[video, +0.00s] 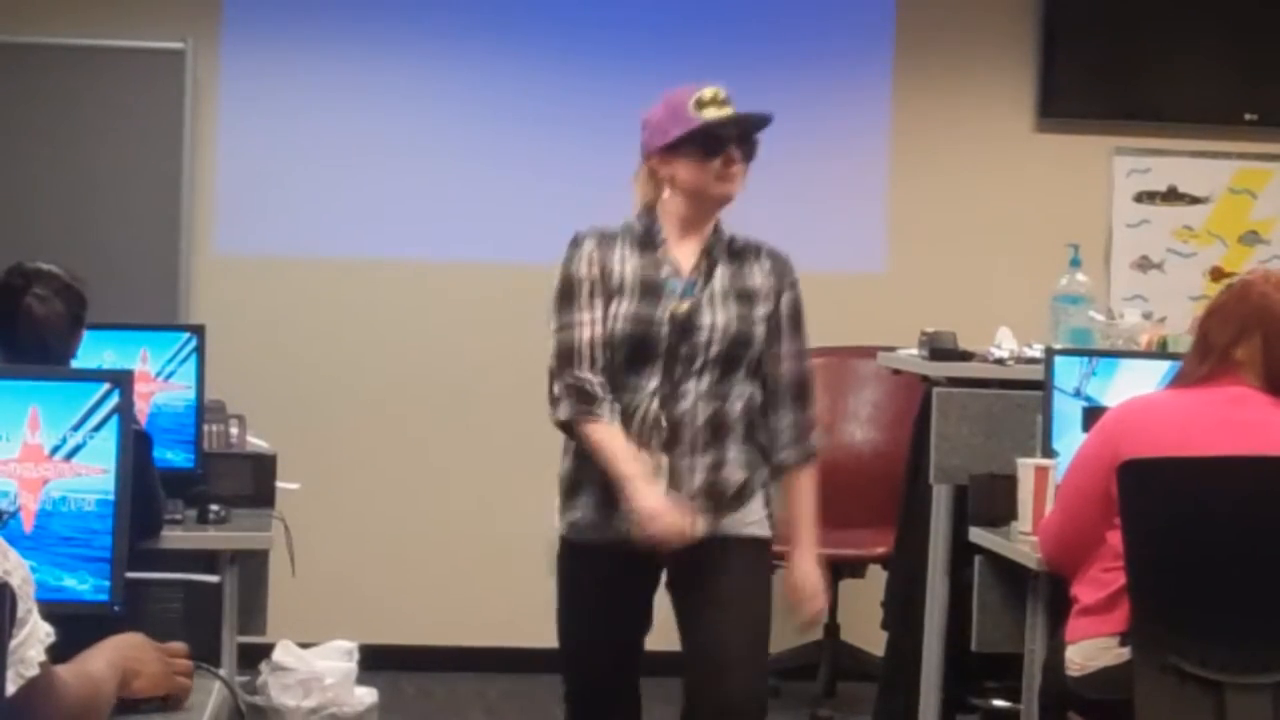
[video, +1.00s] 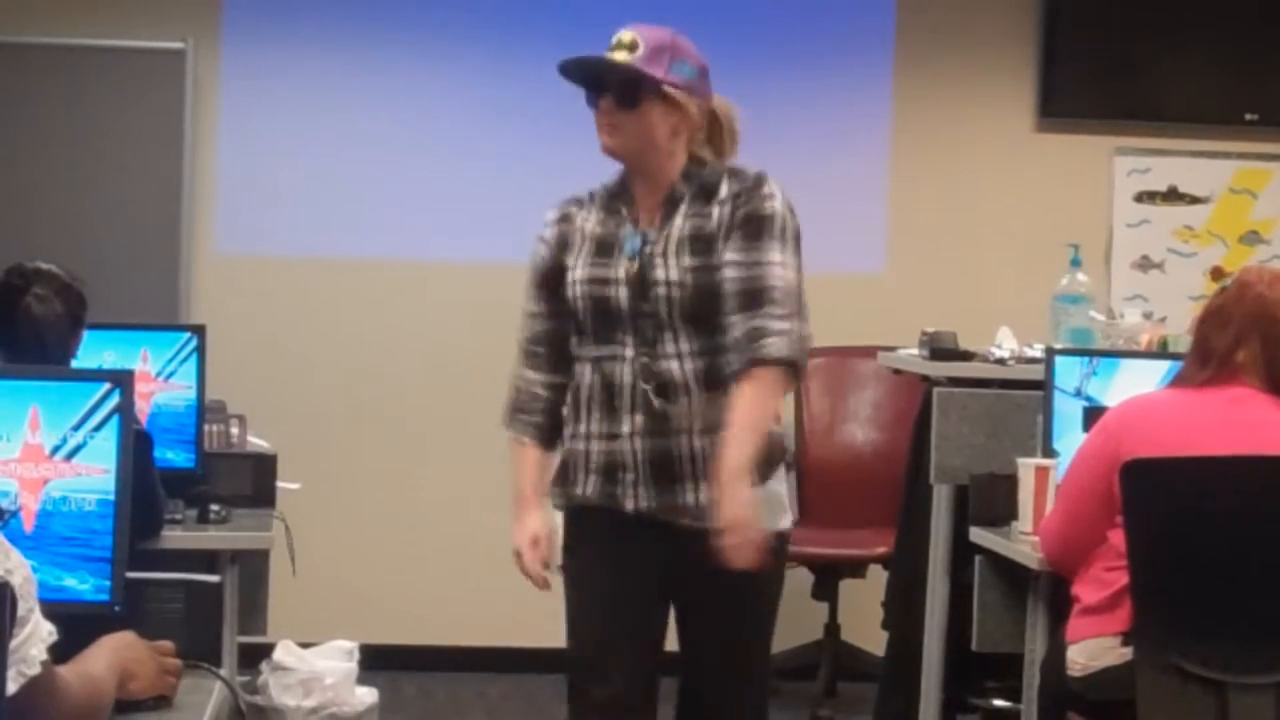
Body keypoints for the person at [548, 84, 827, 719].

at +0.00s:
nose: (734, 160)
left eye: (741, 147)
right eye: (711, 147)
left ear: (747, 159)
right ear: (663, 164)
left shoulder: (767, 273)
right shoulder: (596, 256)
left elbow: (791, 422)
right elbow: (577, 394)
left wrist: (804, 551)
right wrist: (642, 488)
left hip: (726, 528)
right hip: (608, 525)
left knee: (732, 703)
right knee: (599, 706)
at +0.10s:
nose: (751, 136)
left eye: (757, 123)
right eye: (728, 123)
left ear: (762, 136)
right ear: (677, 138)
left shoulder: (779, 245)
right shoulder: (607, 226)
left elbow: (813, 372)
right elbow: (571, 367)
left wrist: (843, 477)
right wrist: (581, 486)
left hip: (731, 503)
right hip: (616, 499)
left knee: (735, 698)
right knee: (599, 700)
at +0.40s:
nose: (730, 173)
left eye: (747, 156)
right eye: (709, 158)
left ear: (774, 172)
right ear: (685, 175)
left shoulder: (805, 284)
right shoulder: (631, 272)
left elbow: (822, 404)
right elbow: (570, 392)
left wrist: (810, 514)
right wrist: (523, 504)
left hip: (748, 527)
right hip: (630, 520)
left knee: (753, 706)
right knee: (597, 700)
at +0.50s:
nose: (703, 119)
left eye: (725, 108)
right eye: (688, 107)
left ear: (761, 133)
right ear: (671, 129)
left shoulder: (800, 238)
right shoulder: (623, 227)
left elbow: (780, 374)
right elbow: (579, 372)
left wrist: (712, 479)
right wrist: (590, 476)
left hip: (755, 501)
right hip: (633, 492)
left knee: (739, 699)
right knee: (619, 692)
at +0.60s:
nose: (682, 129)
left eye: (705, 115)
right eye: (671, 115)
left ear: (750, 135)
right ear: (659, 129)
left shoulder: (789, 232)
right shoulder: (619, 231)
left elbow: (746, 359)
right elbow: (588, 368)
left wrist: (624, 438)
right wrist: (605, 459)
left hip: (752, 511)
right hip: (636, 504)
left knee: (739, 706)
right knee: (623, 697)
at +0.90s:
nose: (615, 149)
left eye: (637, 129)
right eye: (610, 131)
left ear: (688, 143)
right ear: (608, 141)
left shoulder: (751, 239)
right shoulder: (585, 258)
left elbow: (733, 383)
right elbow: (567, 408)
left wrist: (659, 487)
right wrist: (558, 541)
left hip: (731, 529)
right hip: (607, 529)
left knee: (727, 711)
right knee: (597, 707)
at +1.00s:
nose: (602, 114)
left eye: (625, 97)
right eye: (599, 98)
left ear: (680, 113)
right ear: (595, 109)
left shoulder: (749, 203)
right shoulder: (570, 225)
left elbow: (769, 354)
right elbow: (540, 373)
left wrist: (732, 478)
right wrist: (528, 502)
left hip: (727, 518)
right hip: (607, 514)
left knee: (722, 707)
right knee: (602, 703)